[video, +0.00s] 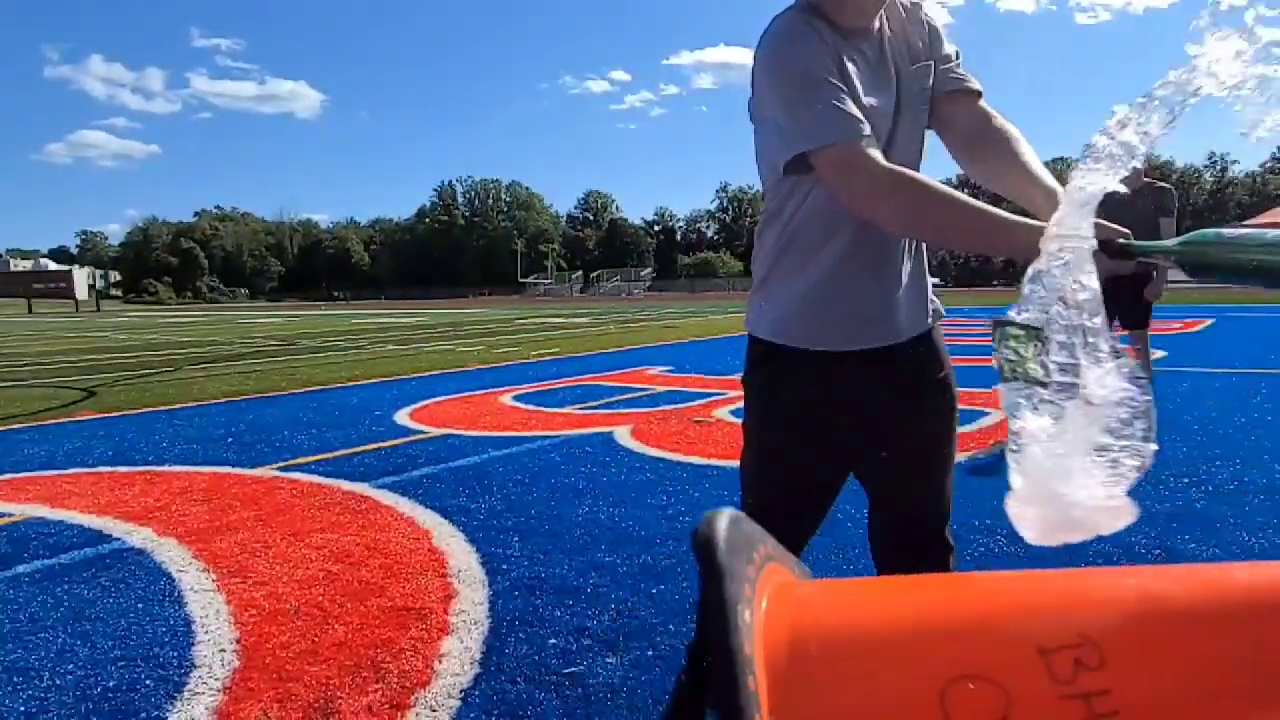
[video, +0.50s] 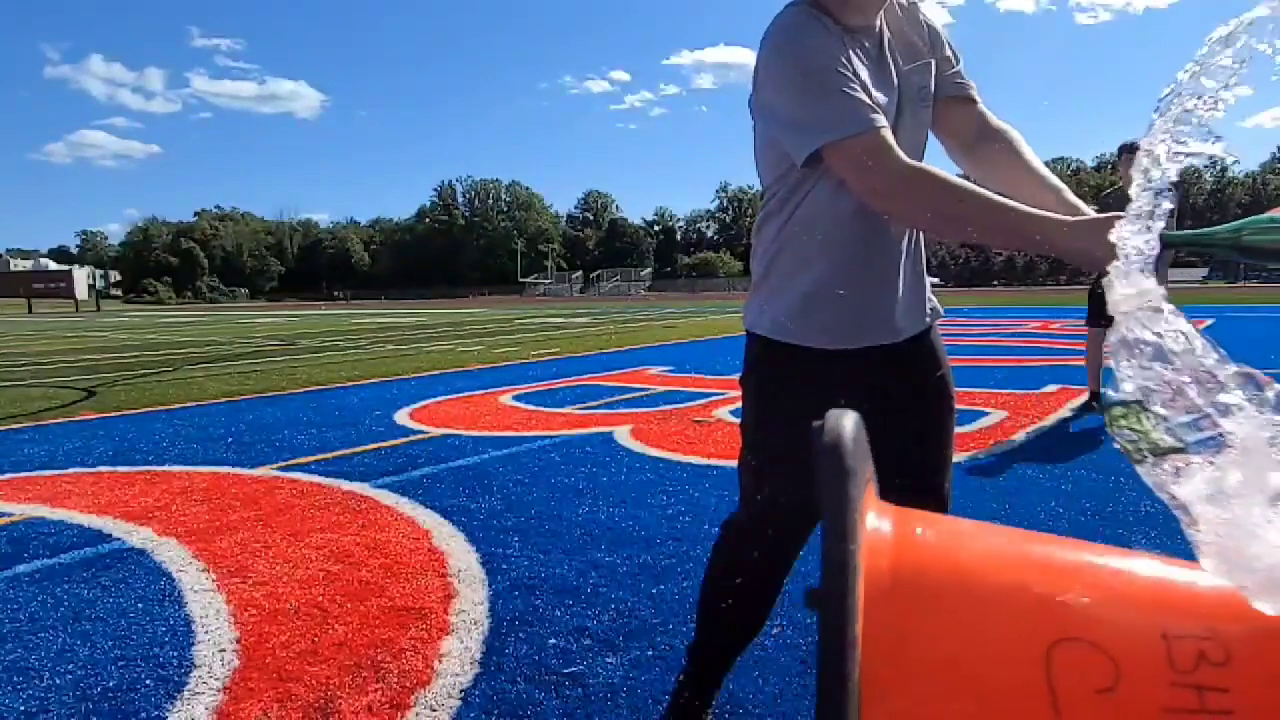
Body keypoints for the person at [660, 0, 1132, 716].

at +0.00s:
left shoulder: (911, 22)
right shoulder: (793, 43)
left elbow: (976, 130)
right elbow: (865, 184)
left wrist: (1067, 214)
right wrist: (1041, 242)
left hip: (906, 344)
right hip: (803, 352)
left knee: (921, 555)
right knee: (763, 555)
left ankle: (938, 708)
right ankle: (704, 697)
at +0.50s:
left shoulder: (913, 23)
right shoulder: (798, 42)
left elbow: (977, 137)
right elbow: (887, 182)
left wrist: (1083, 221)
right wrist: (1064, 238)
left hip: (904, 338)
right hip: (802, 346)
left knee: (921, 539)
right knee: (769, 531)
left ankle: (923, 694)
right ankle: (693, 696)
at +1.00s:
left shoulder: (907, 19)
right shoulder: (807, 42)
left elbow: (965, 132)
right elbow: (903, 180)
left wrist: (1087, 217)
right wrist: (1077, 236)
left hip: (900, 339)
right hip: (802, 345)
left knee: (912, 533)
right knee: (768, 531)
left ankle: (900, 693)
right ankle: (692, 698)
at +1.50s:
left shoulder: (904, 23)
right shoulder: (812, 39)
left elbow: (957, 136)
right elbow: (914, 177)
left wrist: (1086, 217)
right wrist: (1081, 227)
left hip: (898, 344)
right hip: (798, 348)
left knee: (908, 552)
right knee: (764, 536)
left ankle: (899, 707)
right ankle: (689, 700)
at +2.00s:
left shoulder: (905, 33)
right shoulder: (819, 33)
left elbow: (951, 145)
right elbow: (919, 171)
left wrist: (1072, 220)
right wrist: (1078, 219)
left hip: (895, 340)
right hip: (796, 343)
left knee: (908, 549)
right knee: (764, 532)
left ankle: (898, 708)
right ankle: (690, 696)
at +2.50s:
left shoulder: (901, 35)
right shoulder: (825, 33)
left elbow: (934, 178)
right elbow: (931, 169)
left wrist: (1041, 222)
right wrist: (1086, 214)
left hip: (890, 335)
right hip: (796, 337)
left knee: (905, 546)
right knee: (765, 529)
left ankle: (897, 706)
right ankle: (687, 699)